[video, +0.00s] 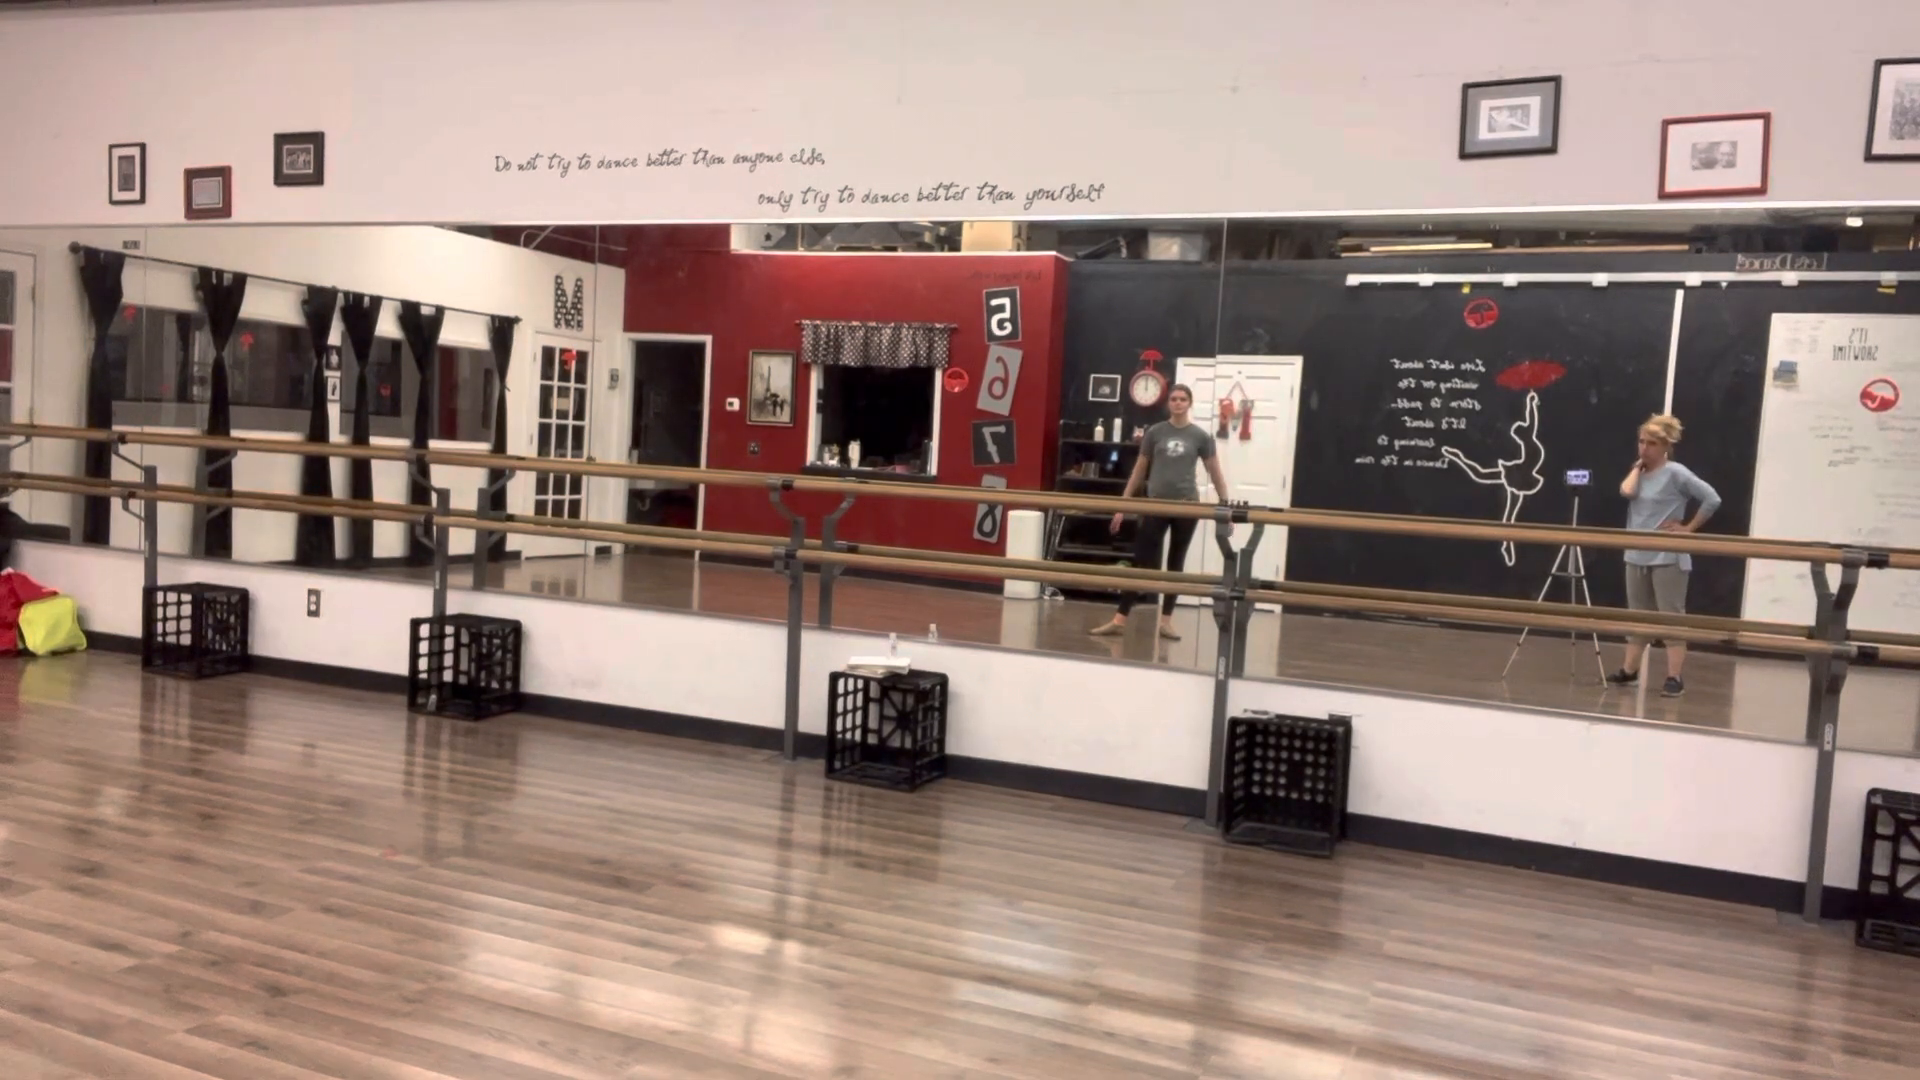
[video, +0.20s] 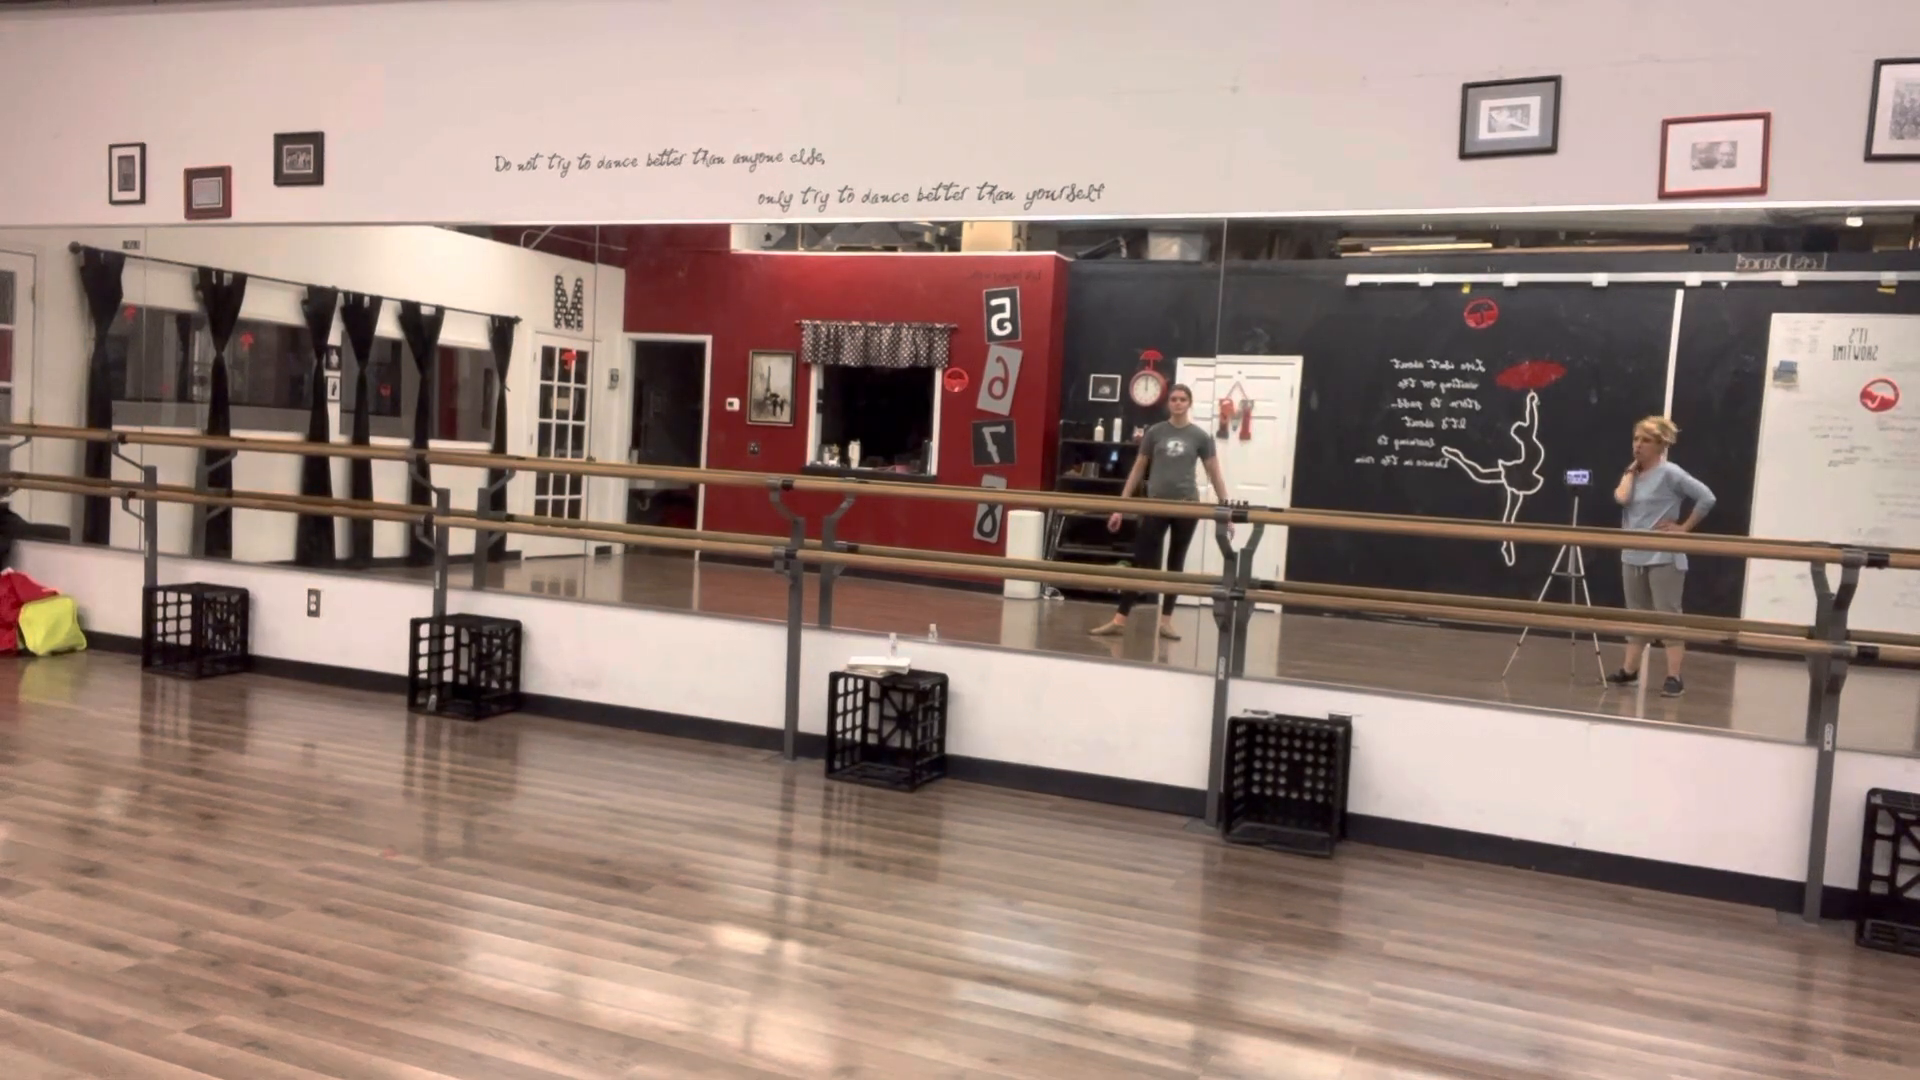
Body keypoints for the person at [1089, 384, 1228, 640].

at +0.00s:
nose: (1177, 403)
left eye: (1182, 399)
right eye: (1173, 399)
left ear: (1190, 404)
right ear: (1168, 403)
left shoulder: (1201, 436)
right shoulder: (1154, 432)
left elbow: (1215, 474)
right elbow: (1138, 471)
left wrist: (1225, 507)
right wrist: (1121, 508)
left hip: (1186, 509)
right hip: (1154, 506)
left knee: (1175, 564)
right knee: (1141, 559)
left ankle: (1165, 620)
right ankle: (1120, 618)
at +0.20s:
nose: (1177, 403)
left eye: (1182, 399)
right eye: (1173, 399)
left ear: (1190, 404)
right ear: (1168, 403)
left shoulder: (1200, 436)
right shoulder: (1154, 432)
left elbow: (1215, 475)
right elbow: (1137, 470)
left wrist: (1225, 509)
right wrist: (1120, 508)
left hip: (1186, 509)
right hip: (1155, 507)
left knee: (1175, 564)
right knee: (1140, 560)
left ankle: (1165, 620)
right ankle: (1120, 618)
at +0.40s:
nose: (1177, 404)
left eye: (1182, 400)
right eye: (1174, 400)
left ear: (1190, 404)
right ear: (1168, 403)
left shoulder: (1201, 437)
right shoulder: (1153, 432)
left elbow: (1206, 478)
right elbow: (1142, 471)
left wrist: (1204, 514)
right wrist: (1136, 507)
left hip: (1185, 510)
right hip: (1154, 507)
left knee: (1175, 565)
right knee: (1141, 561)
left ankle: (1165, 619)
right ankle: (1120, 617)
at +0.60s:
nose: (1178, 404)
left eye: (1183, 400)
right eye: (1174, 400)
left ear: (1190, 404)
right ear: (1168, 403)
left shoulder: (1200, 436)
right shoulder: (1154, 432)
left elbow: (1200, 476)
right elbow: (1148, 471)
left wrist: (1174, 503)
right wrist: (1164, 503)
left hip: (1186, 505)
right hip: (1157, 502)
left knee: (1175, 561)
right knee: (1142, 557)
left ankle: (1166, 619)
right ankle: (1120, 617)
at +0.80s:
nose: (1179, 404)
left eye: (1183, 400)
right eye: (1175, 400)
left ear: (1190, 404)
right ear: (1168, 403)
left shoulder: (1201, 437)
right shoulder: (1154, 432)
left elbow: (1202, 477)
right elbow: (1146, 473)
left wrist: (1183, 510)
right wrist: (1152, 505)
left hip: (1185, 508)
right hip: (1156, 505)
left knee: (1175, 563)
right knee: (1142, 560)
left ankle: (1166, 619)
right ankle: (1120, 617)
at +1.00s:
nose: (1181, 405)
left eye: (1185, 401)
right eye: (1177, 401)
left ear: (1191, 405)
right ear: (1169, 404)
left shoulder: (1200, 437)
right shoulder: (1153, 432)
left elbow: (1208, 479)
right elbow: (1140, 472)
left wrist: (1210, 515)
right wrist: (1130, 508)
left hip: (1185, 510)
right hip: (1154, 507)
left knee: (1175, 565)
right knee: (1141, 560)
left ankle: (1166, 620)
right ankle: (1120, 617)